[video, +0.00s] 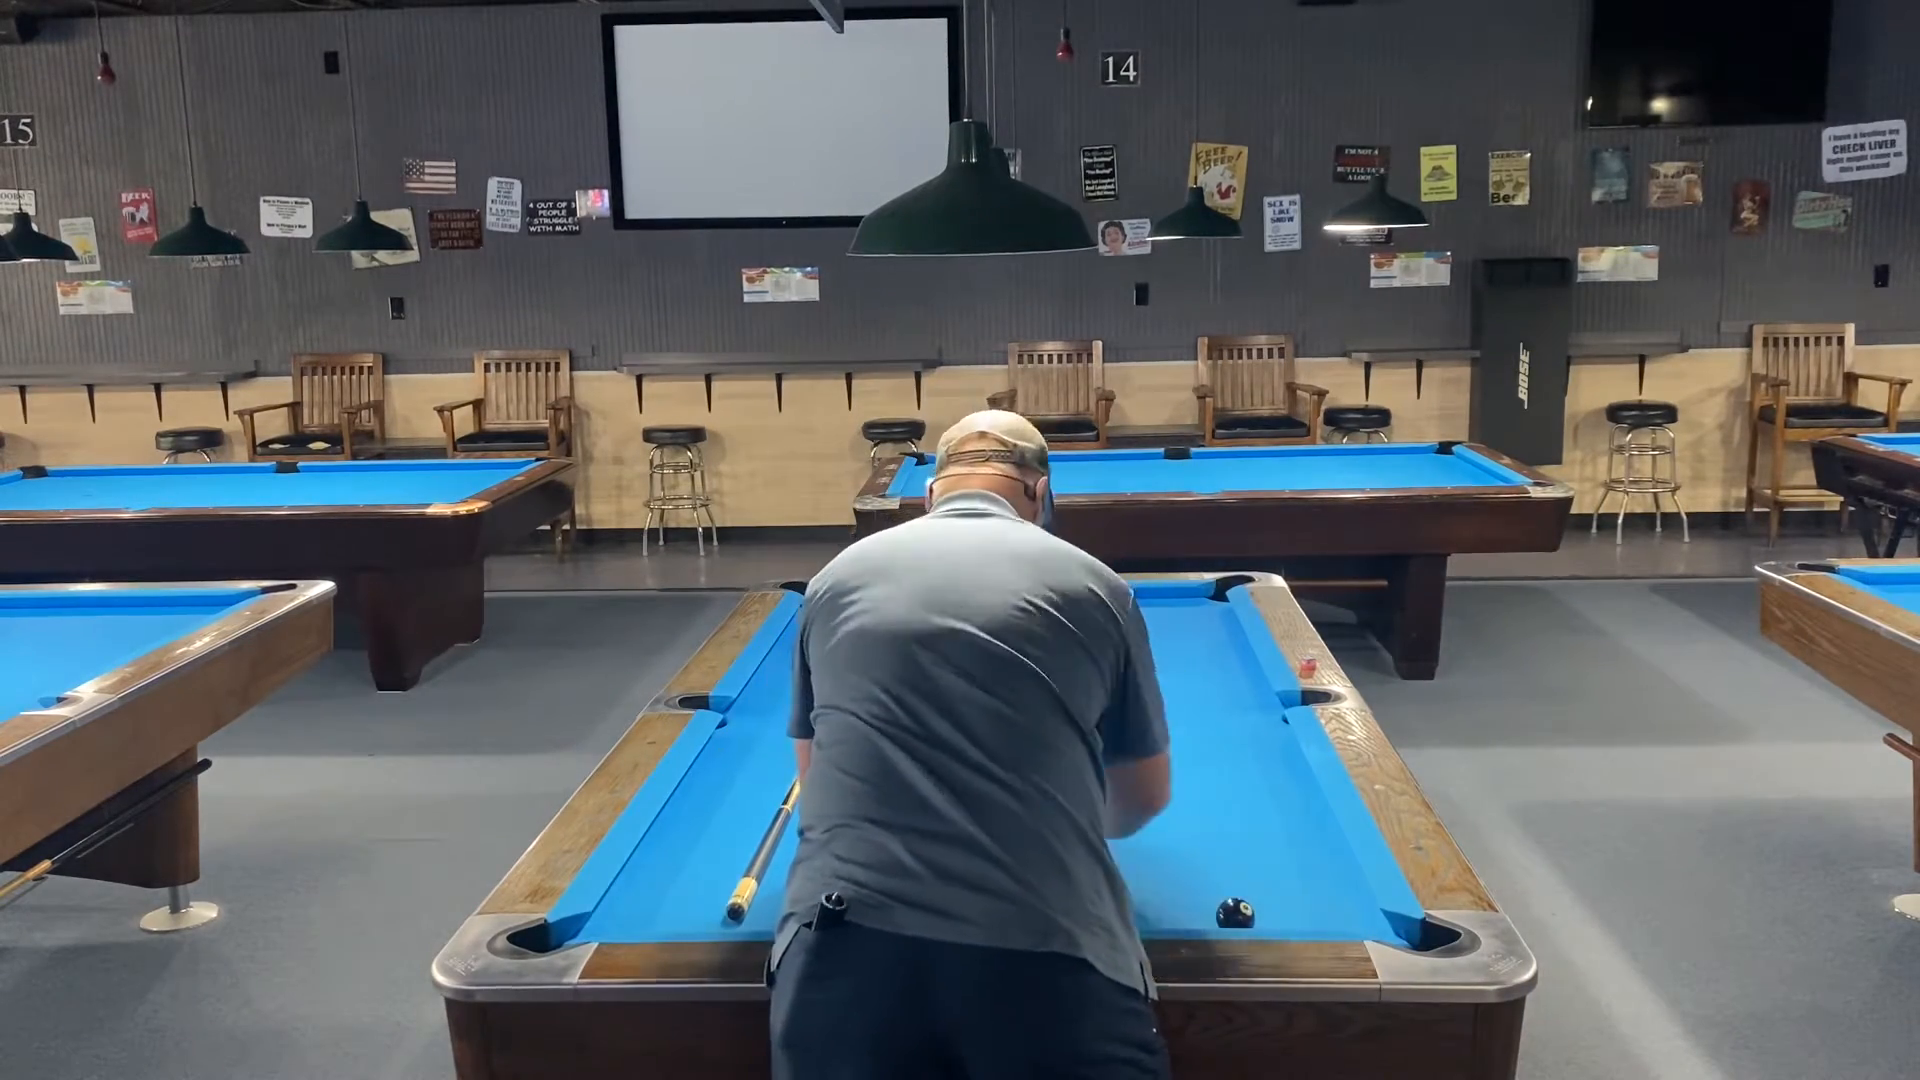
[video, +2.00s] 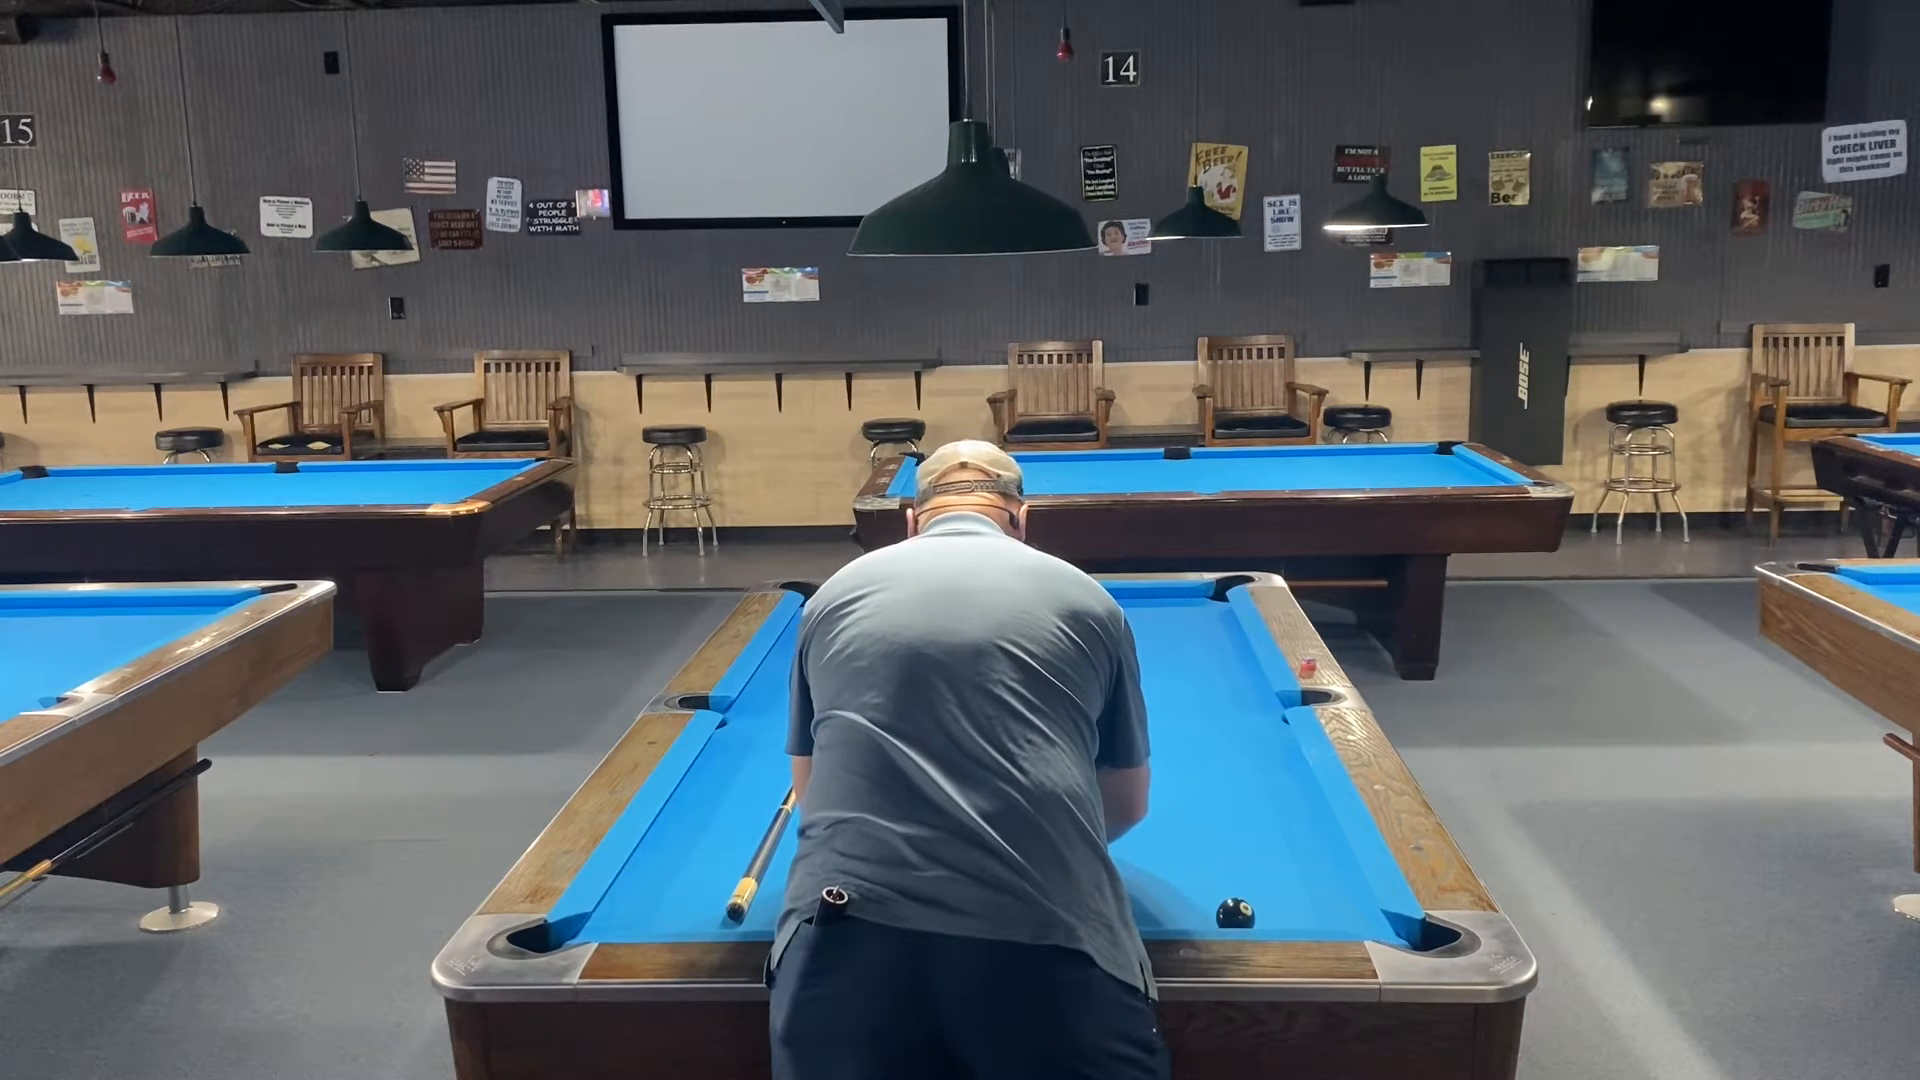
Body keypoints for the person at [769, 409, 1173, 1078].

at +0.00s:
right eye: (1047, 493)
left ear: (929, 495)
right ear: (1037, 488)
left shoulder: (836, 575)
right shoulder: (1097, 584)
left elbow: (816, 773)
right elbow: (1143, 790)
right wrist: (1053, 830)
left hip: (845, 962)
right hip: (1049, 968)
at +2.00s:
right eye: (1020, 512)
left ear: (913, 519)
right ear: (1018, 517)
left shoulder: (835, 592)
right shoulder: (1089, 598)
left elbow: (809, 789)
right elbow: (1124, 801)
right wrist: (1030, 849)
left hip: (846, 956)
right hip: (1050, 963)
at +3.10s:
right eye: (1033, 490)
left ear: (915, 491)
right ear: (1024, 493)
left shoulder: (825, 562)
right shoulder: (1099, 578)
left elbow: (767, 774)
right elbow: (1158, 784)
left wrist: (857, 819)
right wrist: (1096, 776)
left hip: (846, 968)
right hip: (1052, 977)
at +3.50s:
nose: (1044, 485)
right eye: (1041, 470)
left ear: (914, 461)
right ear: (1027, 462)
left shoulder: (809, 552)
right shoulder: (1101, 561)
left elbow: (761, 778)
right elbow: (1176, 789)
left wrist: (846, 831)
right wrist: (1154, 831)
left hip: (844, 987)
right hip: (1053, 1005)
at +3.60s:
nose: (1049, 490)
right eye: (1046, 470)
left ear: (916, 460)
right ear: (1027, 452)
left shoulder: (810, 551)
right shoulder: (1099, 557)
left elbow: (769, 780)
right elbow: (1183, 804)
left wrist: (854, 829)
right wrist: (1210, 806)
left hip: (841, 997)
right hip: (1051, 1007)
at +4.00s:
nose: (1052, 477)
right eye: (1054, 464)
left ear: (938, 453)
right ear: (1052, 458)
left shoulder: (833, 549)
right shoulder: (1117, 562)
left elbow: (792, 772)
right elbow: (1214, 782)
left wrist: (880, 831)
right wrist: (1235, 881)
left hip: (848, 986)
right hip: (1056, 1005)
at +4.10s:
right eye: (1052, 468)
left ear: (939, 458)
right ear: (1051, 463)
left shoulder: (837, 550)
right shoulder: (1120, 566)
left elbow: (783, 772)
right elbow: (1211, 789)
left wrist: (870, 835)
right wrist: (1234, 863)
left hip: (851, 982)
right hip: (1060, 1000)